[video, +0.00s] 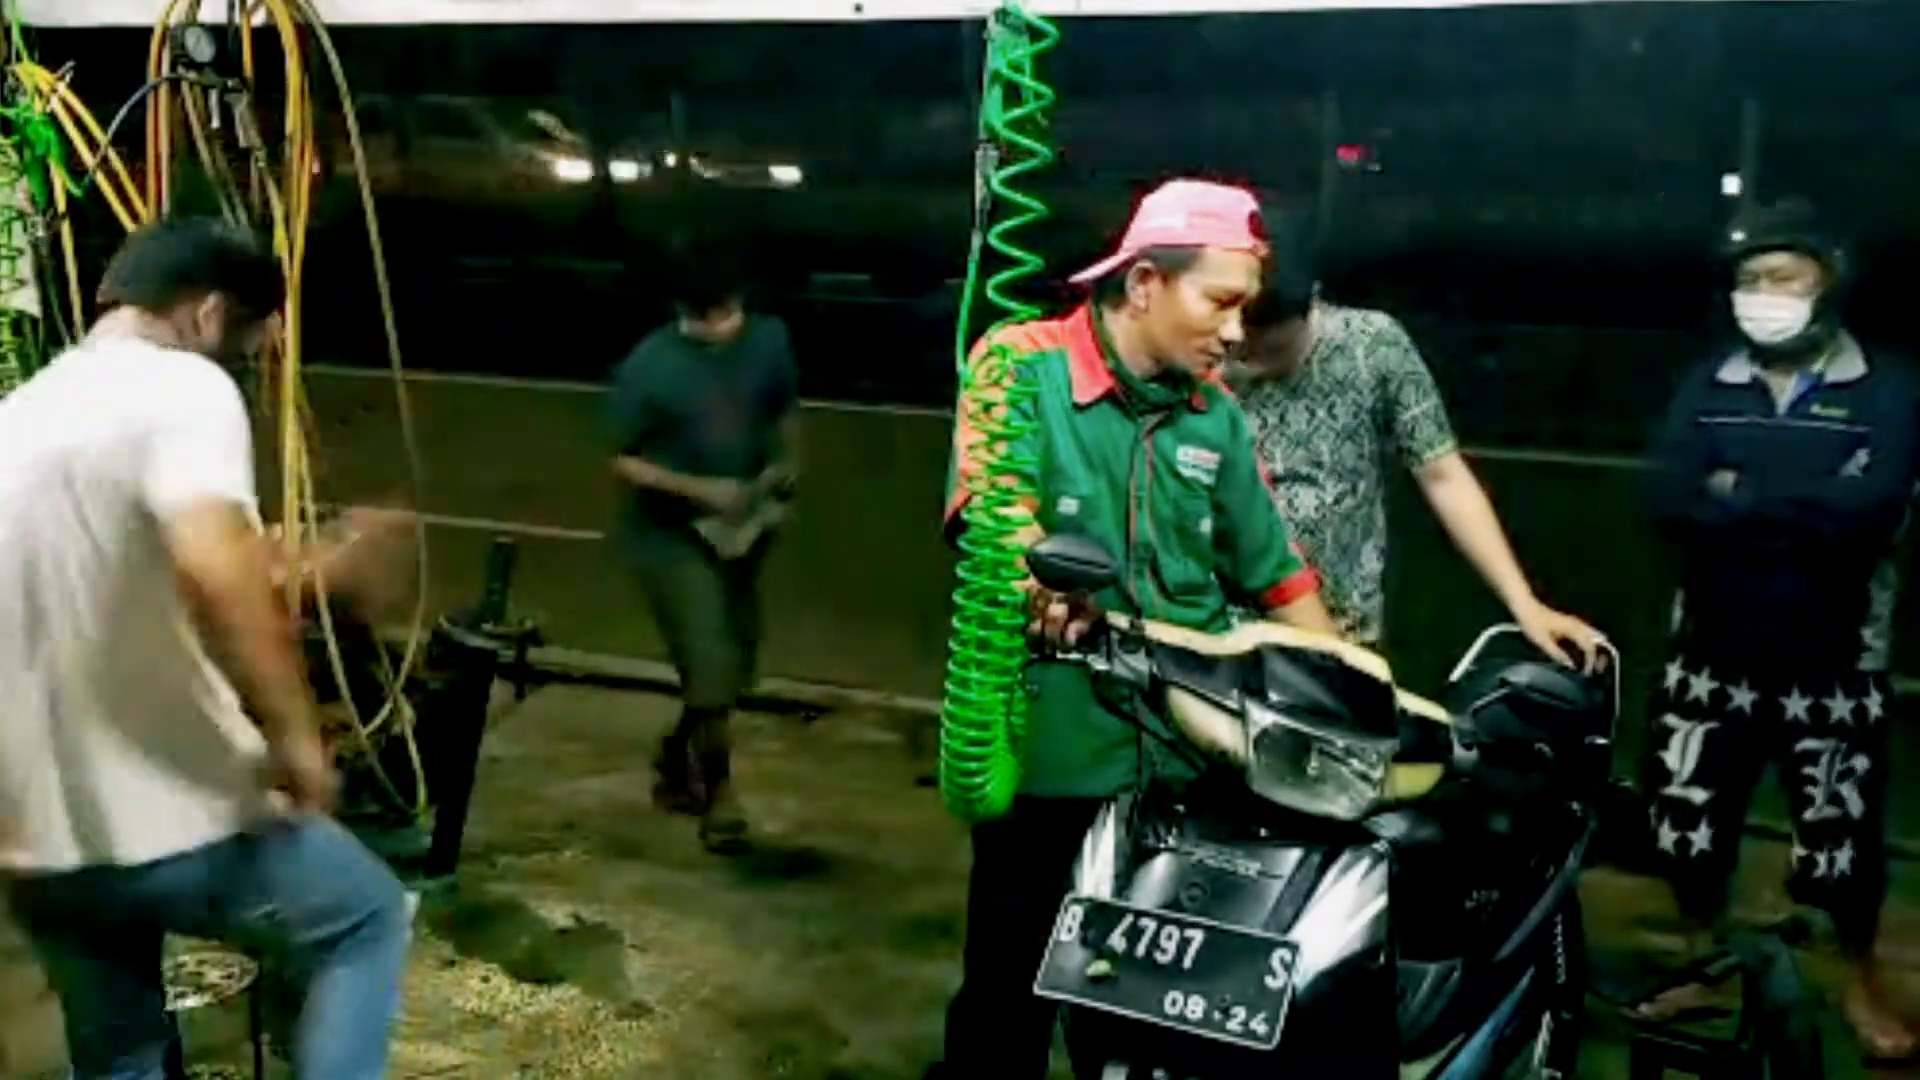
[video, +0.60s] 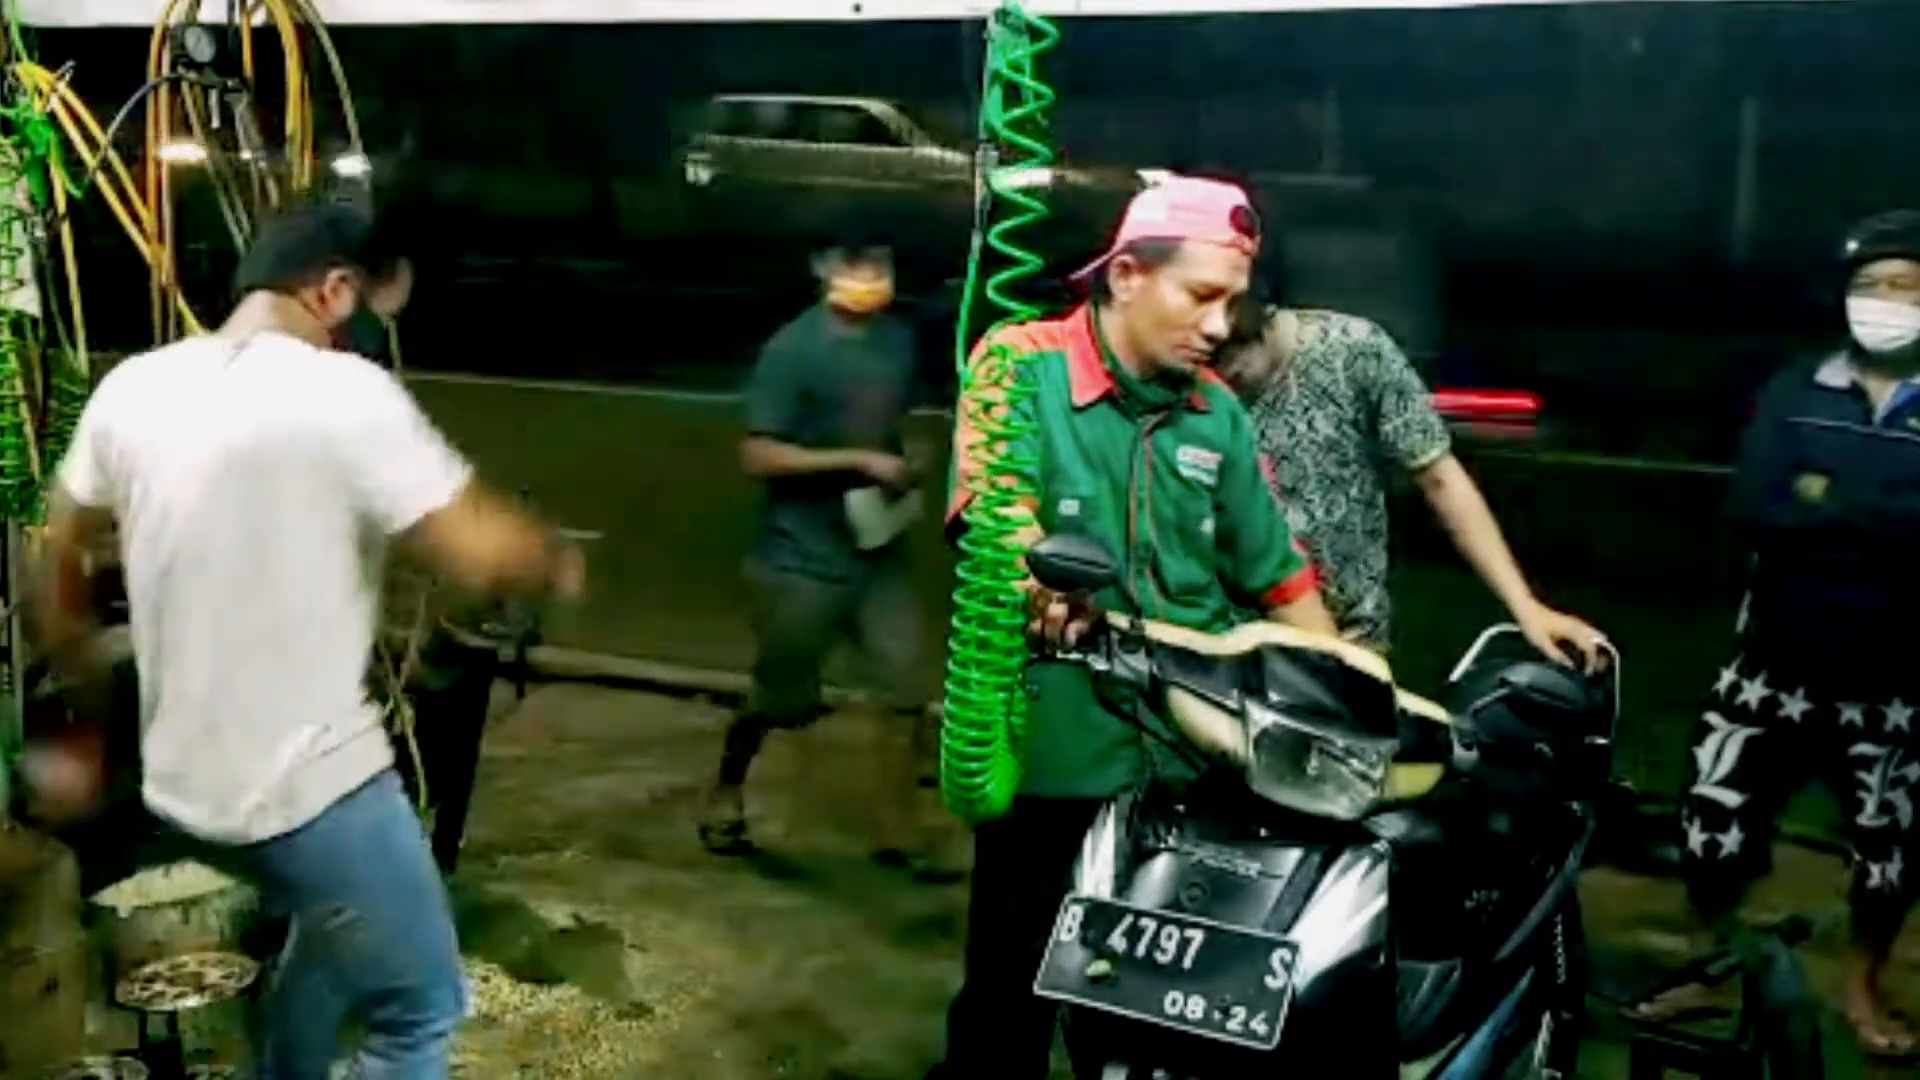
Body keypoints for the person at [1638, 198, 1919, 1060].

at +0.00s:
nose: (1765, 299)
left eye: (1786, 281)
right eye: (1752, 281)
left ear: (1827, 287)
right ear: (1733, 291)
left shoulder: (1880, 390)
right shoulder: (1710, 384)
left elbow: (1875, 507)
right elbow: (1664, 496)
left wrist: (1737, 485)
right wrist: (1819, 492)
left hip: (1830, 650)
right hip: (1715, 644)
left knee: (1844, 833)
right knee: (1688, 817)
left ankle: (1856, 984)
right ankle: (1703, 970)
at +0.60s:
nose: (1881, 305)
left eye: (1901, 291)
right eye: (1869, 288)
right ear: (1845, 301)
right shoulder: (1796, 395)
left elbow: (1910, 516)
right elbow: (1753, 502)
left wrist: (1816, 485)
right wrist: (1876, 508)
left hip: (1892, 666)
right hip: (1779, 656)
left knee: (1892, 855)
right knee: (1709, 824)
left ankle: (1862, 985)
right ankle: (1710, 966)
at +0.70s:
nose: (1893, 304)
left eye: (1910, 290)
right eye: (1879, 288)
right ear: (1852, 300)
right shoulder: (1802, 393)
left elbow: (1911, 515)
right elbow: (1753, 500)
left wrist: (1822, 485)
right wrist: (1873, 510)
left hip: (1891, 666)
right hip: (1782, 656)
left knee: (1887, 855)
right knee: (1711, 822)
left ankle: (1864, 990)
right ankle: (1709, 967)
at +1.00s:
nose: (1904, 302)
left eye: (1917, 287)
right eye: (1891, 285)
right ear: (1865, 297)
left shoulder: (1919, 412)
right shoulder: (1814, 392)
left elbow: (1908, 515)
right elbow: (1765, 503)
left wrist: (1831, 484)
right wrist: (1880, 512)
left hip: (1899, 669)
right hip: (1795, 657)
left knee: (1896, 850)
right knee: (1722, 824)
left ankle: (1863, 989)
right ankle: (1709, 968)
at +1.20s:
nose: (1910, 302)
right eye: (1900, 284)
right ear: (1876, 296)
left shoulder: (1919, 411)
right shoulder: (1830, 391)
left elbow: (1908, 518)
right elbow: (1770, 500)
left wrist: (1838, 486)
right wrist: (1877, 510)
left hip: (1902, 668)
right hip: (1799, 655)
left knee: (1901, 854)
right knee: (1725, 823)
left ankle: (1861, 989)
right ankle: (1708, 967)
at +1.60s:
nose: (1916, 305)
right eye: (1905, 289)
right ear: (1879, 301)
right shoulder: (1828, 391)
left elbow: (1916, 513)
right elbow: (1781, 496)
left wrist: (1844, 479)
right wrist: (1896, 502)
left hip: (1904, 664)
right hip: (1800, 651)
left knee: (1896, 849)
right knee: (1743, 823)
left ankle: (1863, 988)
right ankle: (1722, 939)